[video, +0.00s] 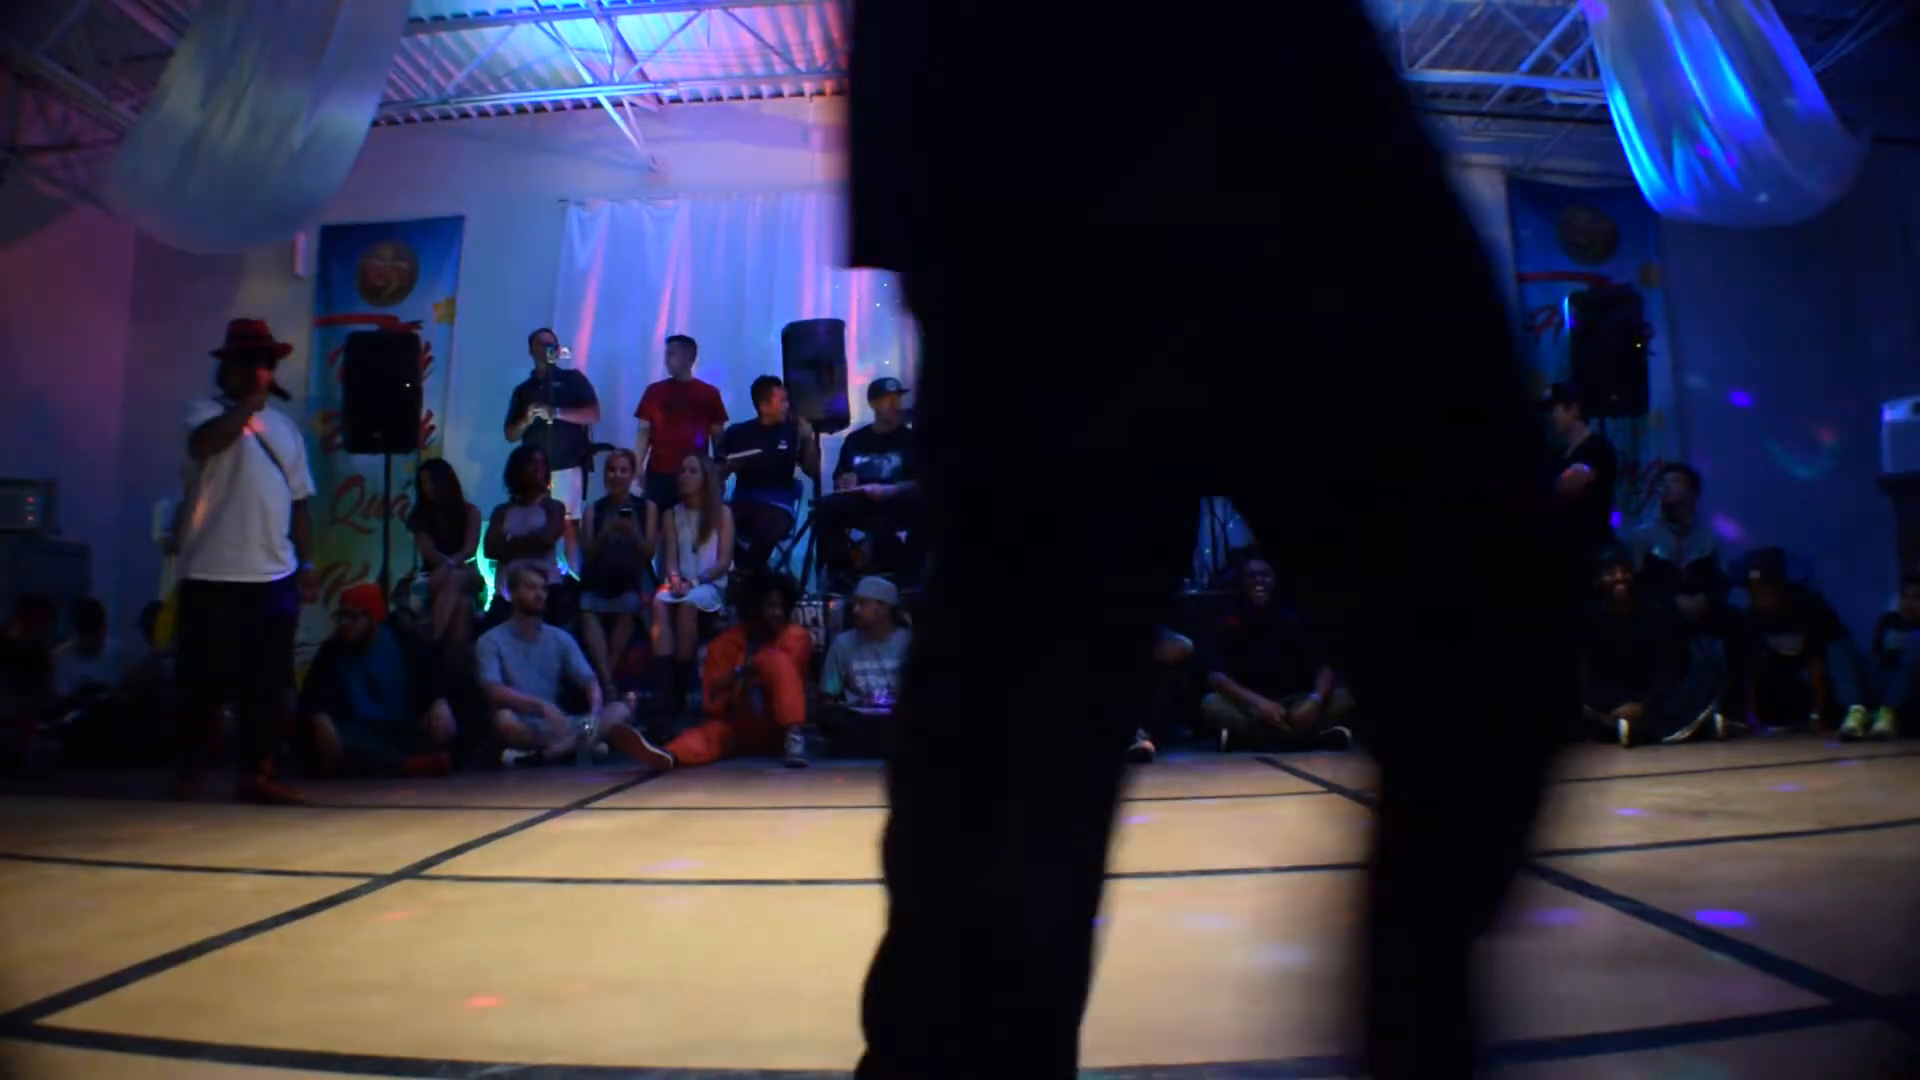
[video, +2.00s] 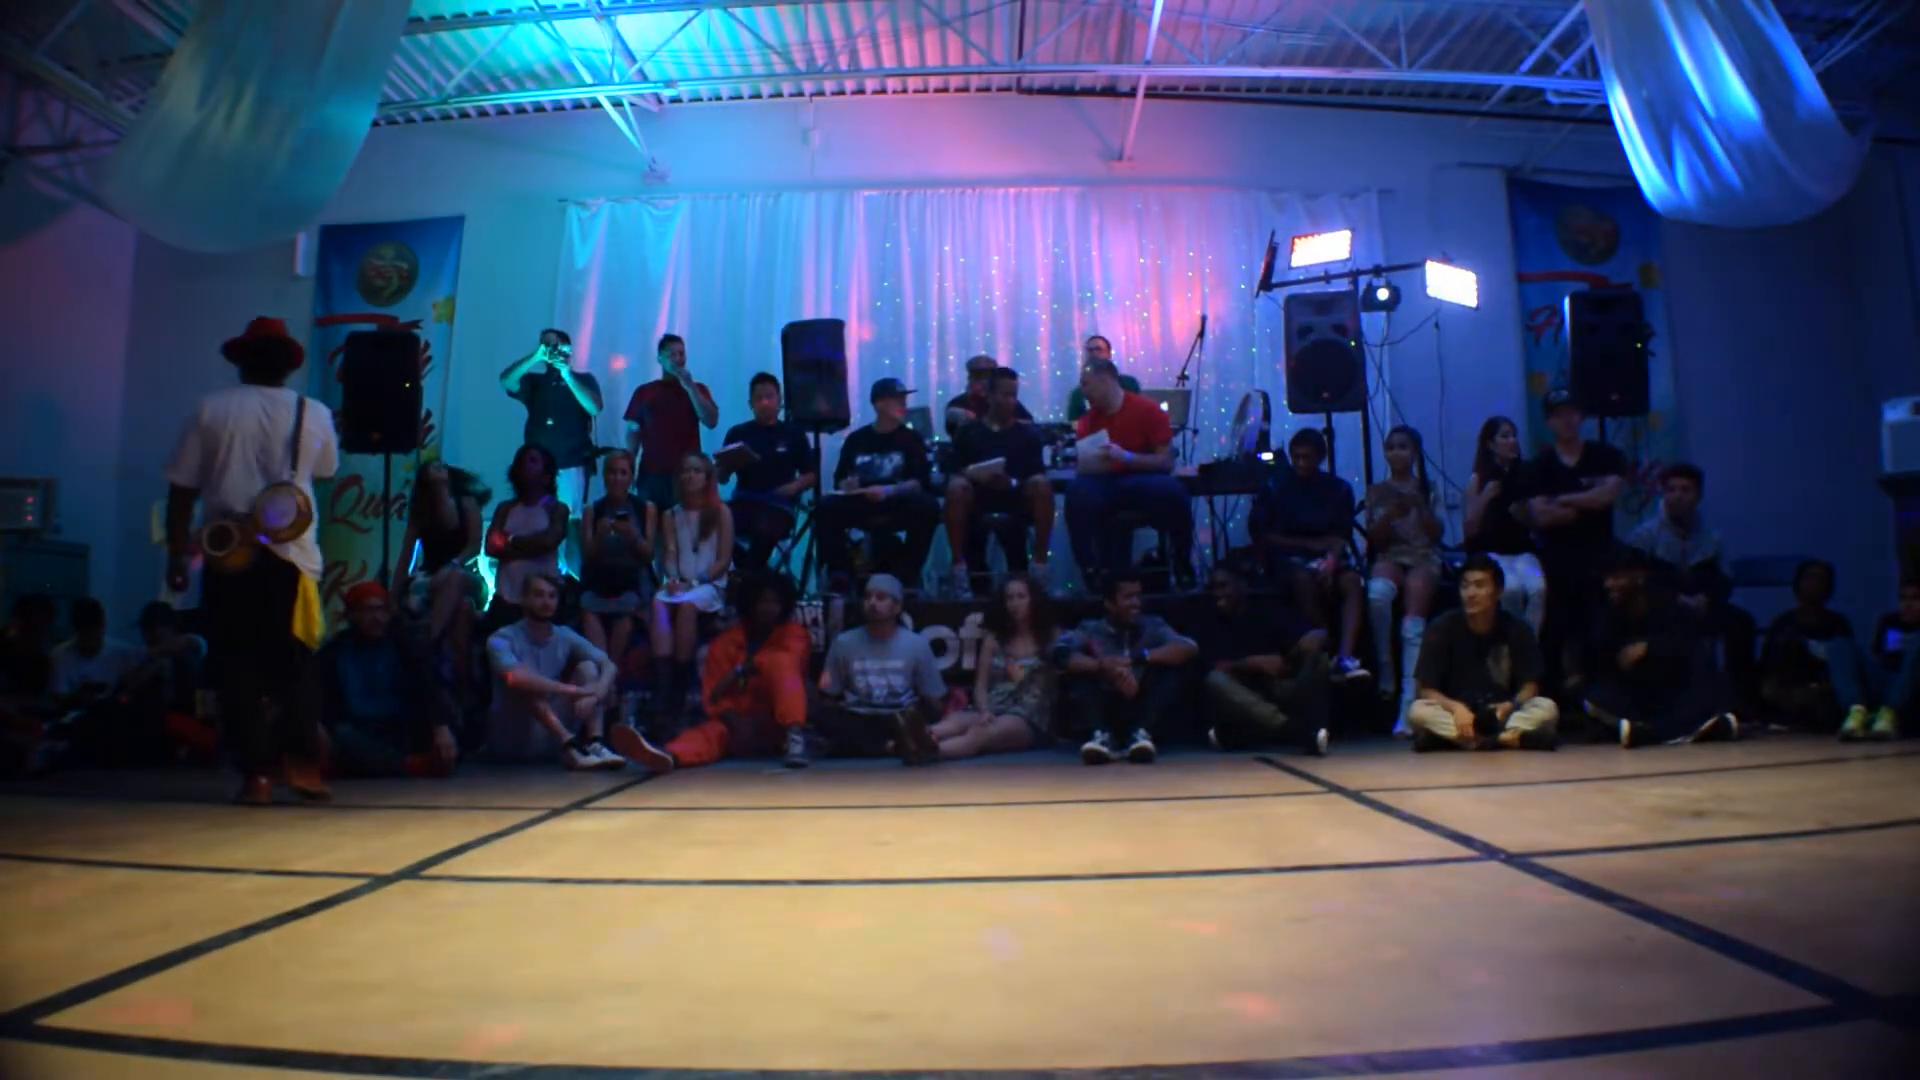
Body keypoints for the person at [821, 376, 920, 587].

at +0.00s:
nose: (893, 406)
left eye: (896, 400)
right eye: (887, 400)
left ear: (901, 402)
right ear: (874, 404)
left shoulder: (912, 440)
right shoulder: (855, 439)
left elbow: (921, 482)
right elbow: (841, 479)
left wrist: (889, 490)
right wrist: (855, 487)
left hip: (898, 502)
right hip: (860, 501)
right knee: (828, 507)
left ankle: (906, 577)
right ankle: (838, 574)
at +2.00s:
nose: (902, 405)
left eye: (903, 400)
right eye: (895, 400)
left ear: (905, 403)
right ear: (878, 404)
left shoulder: (912, 439)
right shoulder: (856, 440)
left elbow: (920, 481)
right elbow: (840, 481)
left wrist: (887, 491)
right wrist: (848, 485)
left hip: (898, 501)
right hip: (861, 501)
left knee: (927, 508)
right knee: (826, 507)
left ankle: (908, 578)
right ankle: (839, 576)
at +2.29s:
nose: (902, 405)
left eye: (903, 400)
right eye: (896, 400)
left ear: (905, 402)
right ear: (878, 404)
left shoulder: (912, 439)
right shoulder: (856, 440)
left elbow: (921, 482)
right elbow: (840, 479)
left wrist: (887, 491)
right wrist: (848, 485)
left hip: (898, 501)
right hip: (861, 501)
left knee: (927, 508)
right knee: (826, 507)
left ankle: (908, 578)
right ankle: (839, 576)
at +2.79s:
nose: (902, 405)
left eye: (902, 399)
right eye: (895, 400)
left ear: (904, 402)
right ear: (877, 404)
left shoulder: (912, 439)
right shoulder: (856, 440)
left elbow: (921, 482)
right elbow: (840, 482)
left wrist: (889, 490)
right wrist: (850, 485)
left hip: (898, 502)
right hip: (861, 502)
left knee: (927, 508)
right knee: (826, 507)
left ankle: (908, 579)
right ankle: (840, 577)